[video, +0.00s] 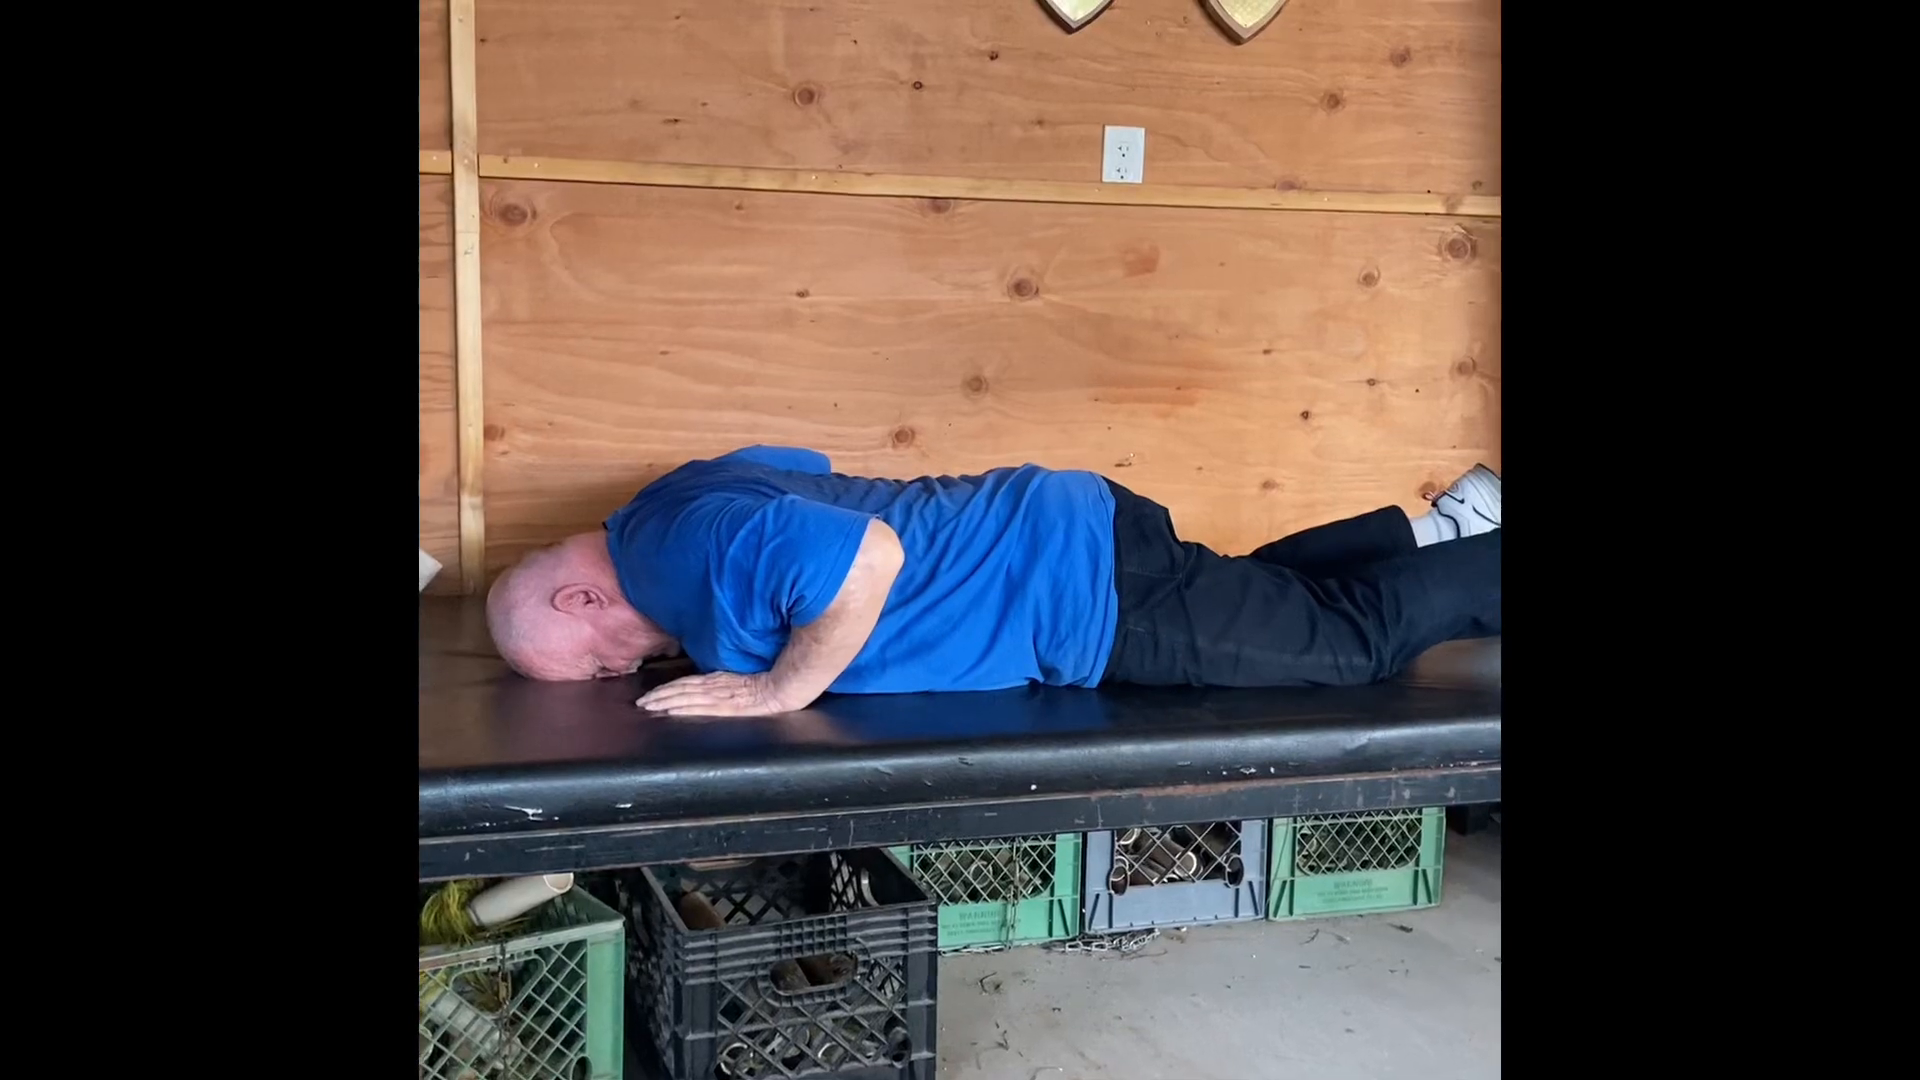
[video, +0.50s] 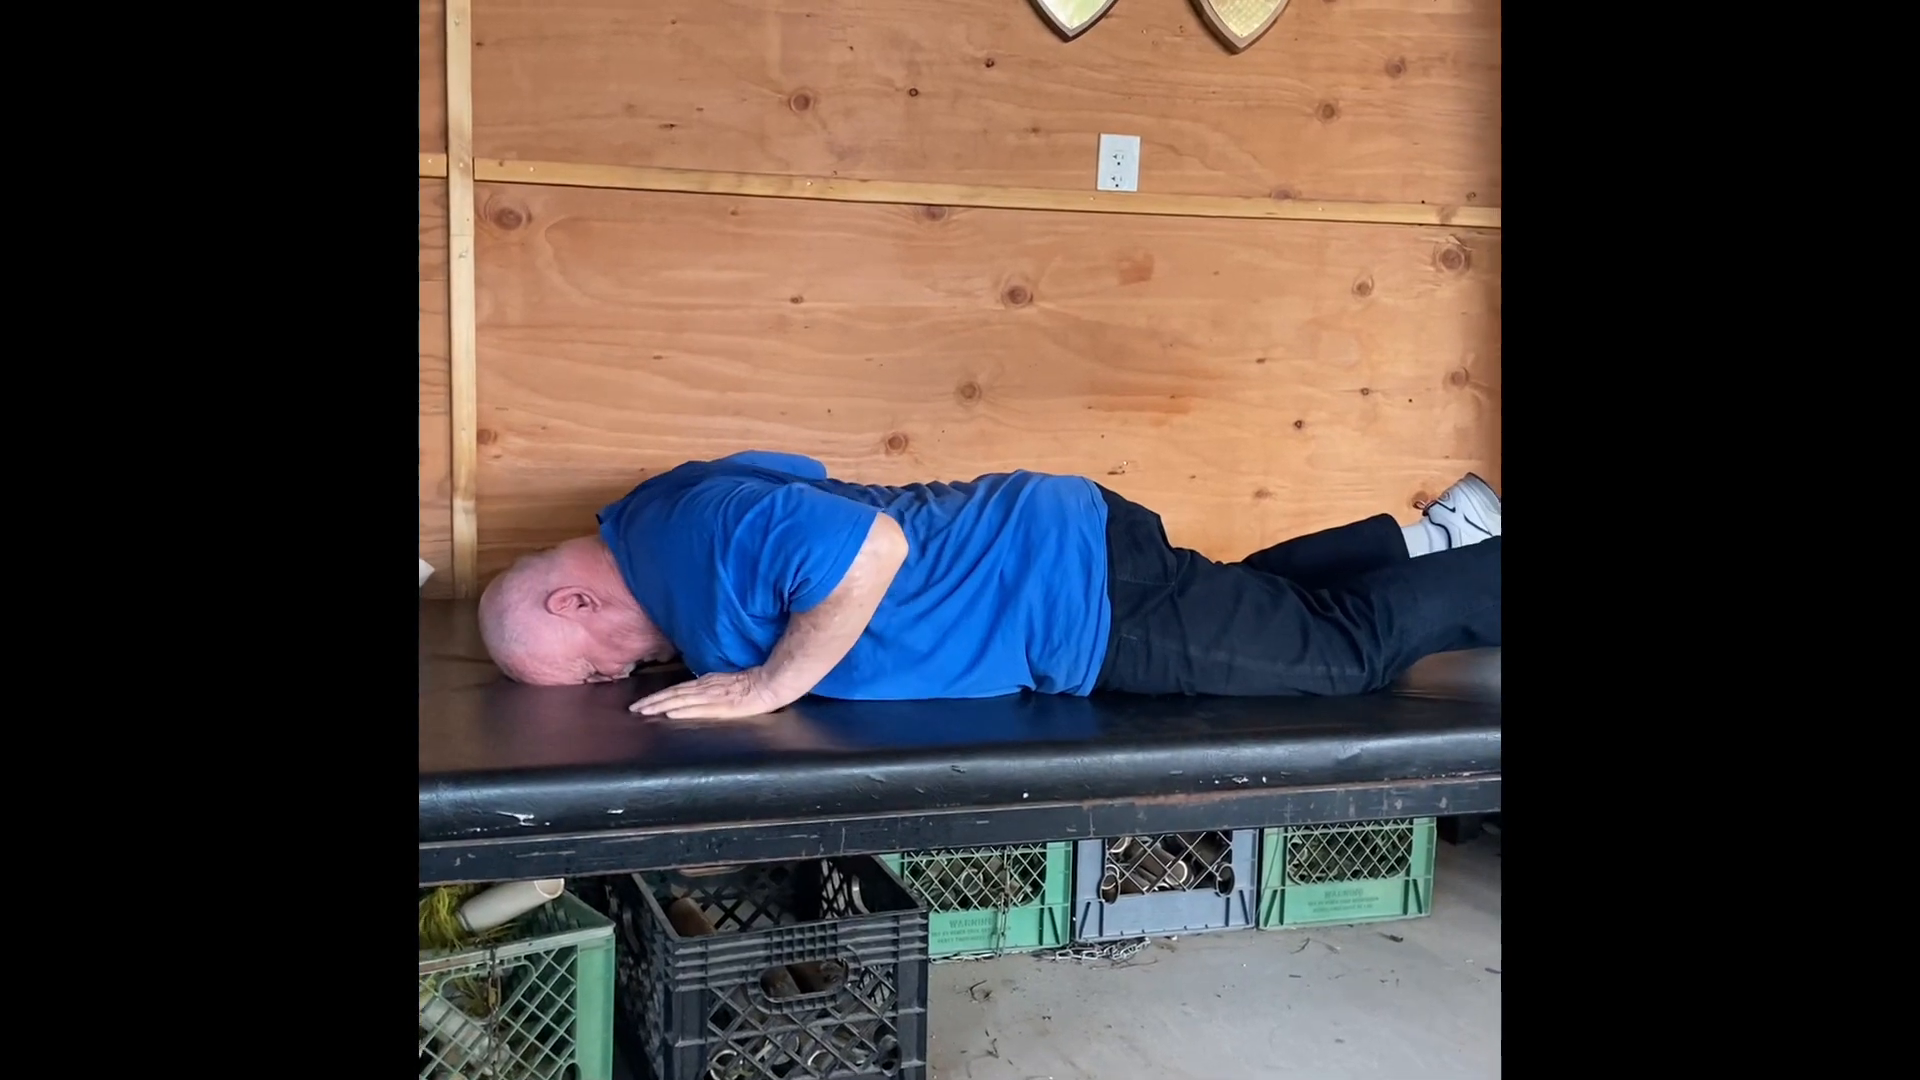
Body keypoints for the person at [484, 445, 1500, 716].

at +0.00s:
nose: (605, 673)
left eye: (576, 667)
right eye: (579, 666)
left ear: (579, 610)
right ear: (576, 579)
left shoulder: (694, 541)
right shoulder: (671, 519)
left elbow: (868, 557)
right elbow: (869, 491)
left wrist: (774, 693)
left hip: (1080, 589)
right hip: (1059, 543)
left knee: (1350, 638)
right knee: (1262, 598)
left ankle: (1484, 556)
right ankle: (1445, 529)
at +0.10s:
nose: (605, 672)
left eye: (577, 666)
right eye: (578, 666)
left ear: (577, 607)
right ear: (574, 580)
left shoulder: (692, 544)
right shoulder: (669, 521)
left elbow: (866, 557)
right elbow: (854, 496)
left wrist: (774, 694)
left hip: (1079, 591)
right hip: (1058, 541)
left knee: (1349, 640)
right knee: (1261, 599)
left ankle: (1483, 557)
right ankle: (1445, 531)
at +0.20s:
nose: (603, 672)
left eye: (575, 666)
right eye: (576, 666)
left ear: (575, 607)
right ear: (572, 579)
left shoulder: (690, 544)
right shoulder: (667, 521)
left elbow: (866, 556)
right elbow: (845, 497)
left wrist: (773, 694)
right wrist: (733, 646)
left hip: (1077, 593)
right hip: (1056, 540)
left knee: (1349, 642)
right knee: (1261, 602)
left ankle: (1483, 558)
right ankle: (1445, 531)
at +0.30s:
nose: (601, 674)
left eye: (573, 667)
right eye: (575, 667)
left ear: (573, 607)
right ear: (570, 580)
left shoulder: (686, 545)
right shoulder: (664, 523)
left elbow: (863, 558)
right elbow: (837, 492)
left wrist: (771, 696)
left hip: (1077, 594)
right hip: (1055, 546)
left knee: (1346, 643)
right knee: (1262, 606)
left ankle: (1485, 562)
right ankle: (1445, 533)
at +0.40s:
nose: (602, 676)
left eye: (572, 668)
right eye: (574, 671)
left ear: (571, 605)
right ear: (569, 586)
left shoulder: (690, 539)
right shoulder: (662, 533)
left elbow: (862, 551)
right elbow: (838, 503)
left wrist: (770, 691)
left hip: (1076, 589)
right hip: (1051, 566)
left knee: (1345, 648)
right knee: (1261, 610)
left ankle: (1482, 565)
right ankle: (1441, 534)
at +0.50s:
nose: (609, 673)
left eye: (578, 664)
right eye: (580, 671)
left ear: (570, 600)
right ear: (570, 592)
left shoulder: (698, 531)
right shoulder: (663, 547)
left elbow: (873, 547)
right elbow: (846, 535)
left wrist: (762, 685)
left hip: (1074, 587)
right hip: (1048, 589)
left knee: (1344, 649)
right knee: (1258, 611)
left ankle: (1482, 564)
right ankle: (1438, 535)